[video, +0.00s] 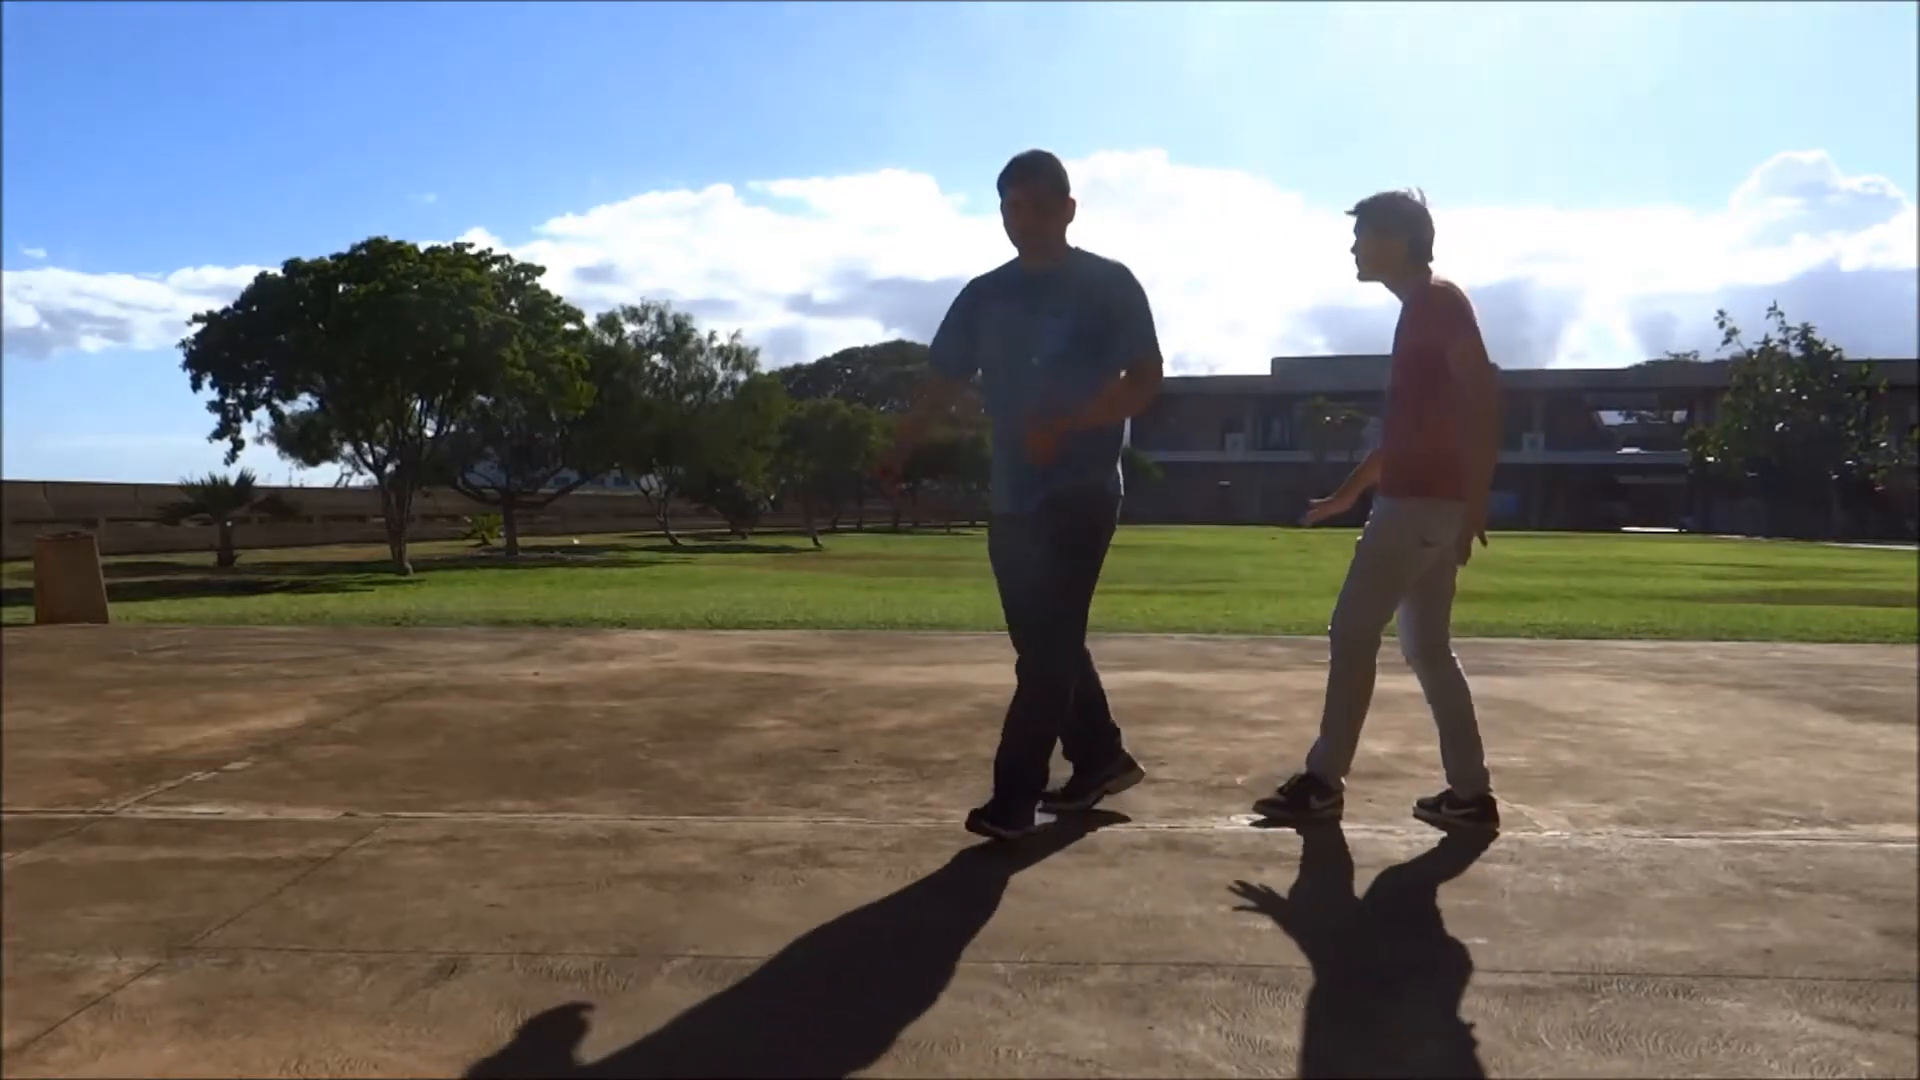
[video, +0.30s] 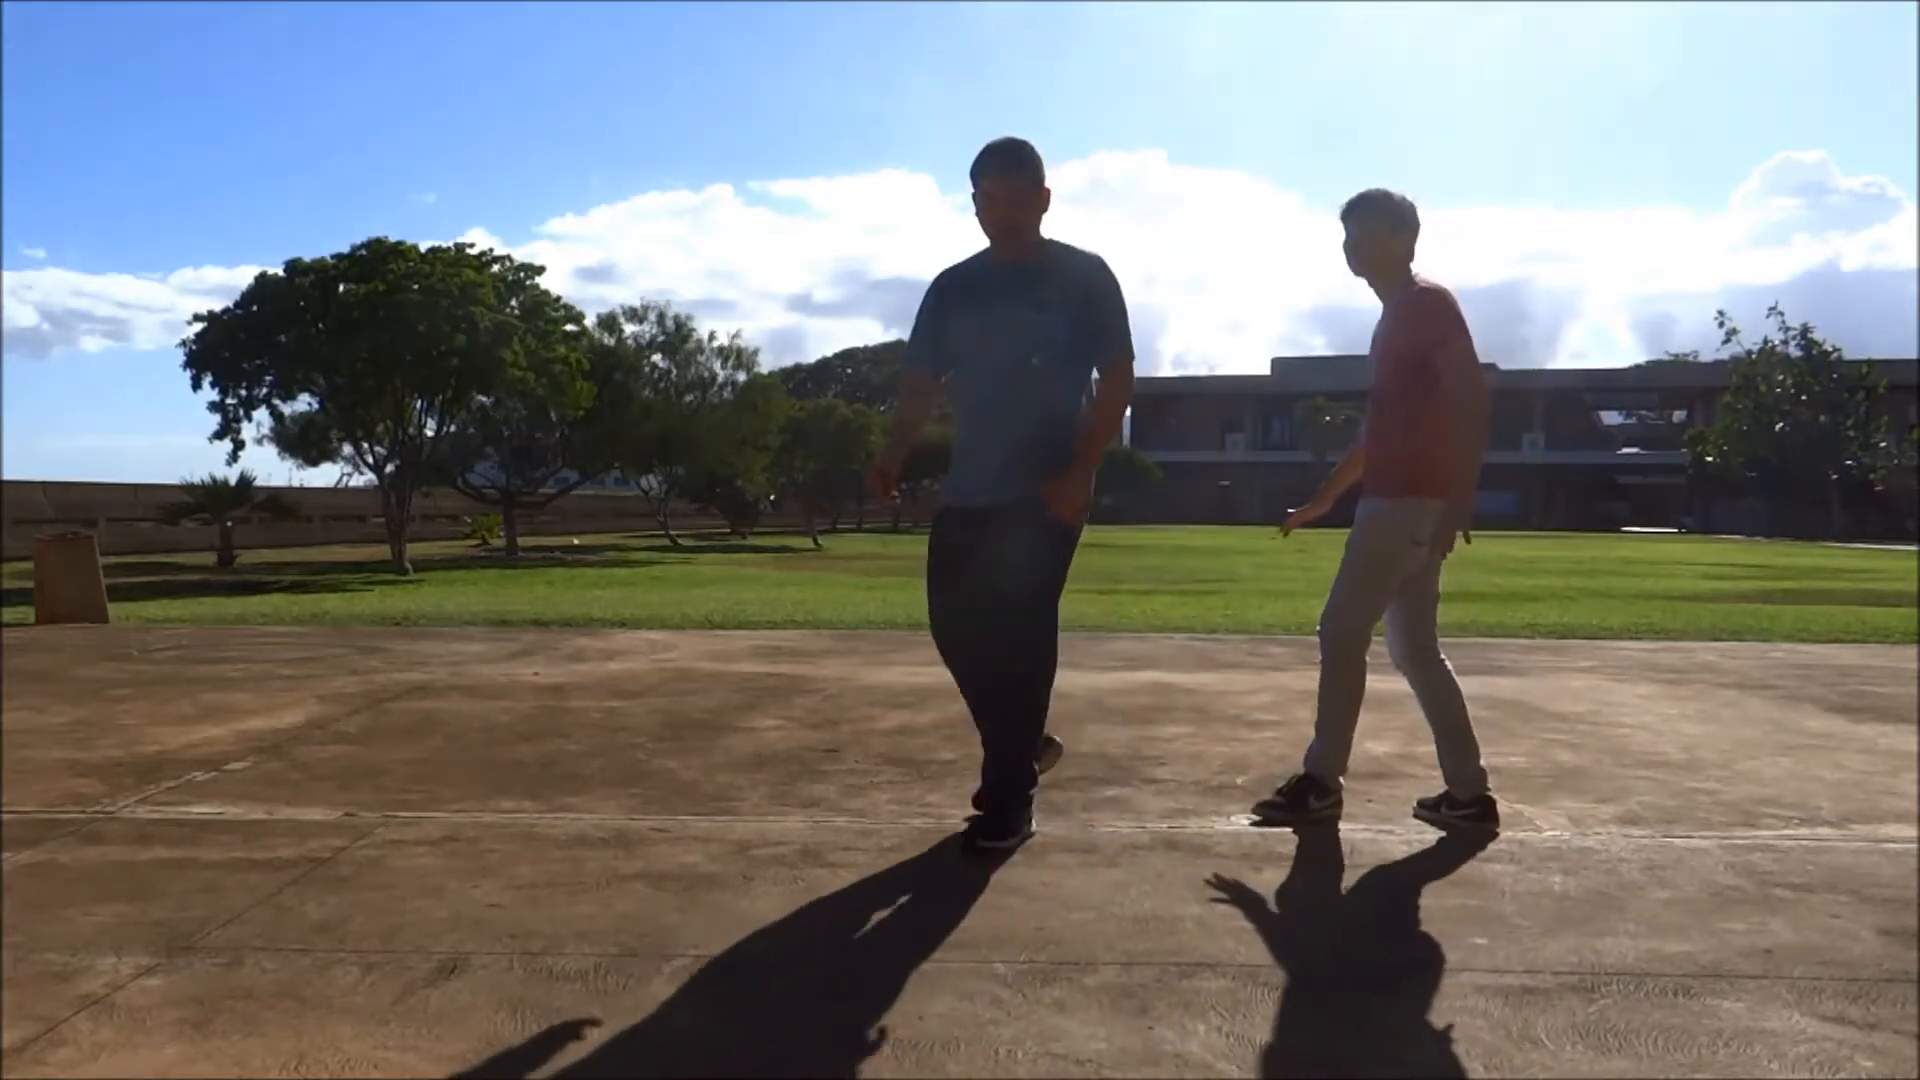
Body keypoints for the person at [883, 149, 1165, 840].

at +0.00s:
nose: (1017, 214)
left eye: (1031, 200)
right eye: (1008, 203)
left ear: (1066, 205)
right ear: (1000, 210)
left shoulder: (1111, 284)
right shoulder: (984, 295)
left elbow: (1145, 379)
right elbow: (937, 384)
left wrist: (1078, 421)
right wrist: (898, 450)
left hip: (1083, 492)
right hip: (1012, 496)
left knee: (1049, 637)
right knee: (1041, 635)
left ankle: (1015, 800)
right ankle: (1101, 756)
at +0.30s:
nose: (994, 206)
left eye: (1009, 192)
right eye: (983, 194)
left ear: (1042, 194)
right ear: (972, 200)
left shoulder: (1086, 277)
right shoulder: (952, 286)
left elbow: (1117, 378)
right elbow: (919, 383)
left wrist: (1081, 472)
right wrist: (896, 452)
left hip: (1045, 490)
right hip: (967, 492)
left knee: (1020, 634)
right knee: (954, 626)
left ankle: (1005, 803)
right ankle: (1024, 740)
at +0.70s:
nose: (947, 212)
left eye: (962, 196)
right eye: (935, 198)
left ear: (993, 192)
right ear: (920, 198)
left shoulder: (1040, 275)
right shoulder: (900, 287)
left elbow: (1078, 384)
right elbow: (881, 398)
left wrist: (1067, 485)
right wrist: (862, 494)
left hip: (1004, 503)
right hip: (917, 502)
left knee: (1000, 659)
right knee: (882, 649)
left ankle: (1005, 805)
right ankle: (839, 799)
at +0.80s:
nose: (921, 205)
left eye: (937, 189)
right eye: (911, 192)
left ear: (975, 190)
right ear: (901, 198)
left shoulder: (1025, 277)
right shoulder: (880, 286)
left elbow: (1053, 388)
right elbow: (863, 400)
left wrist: (1044, 484)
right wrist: (845, 494)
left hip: (989, 505)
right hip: (899, 506)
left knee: (994, 664)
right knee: (872, 662)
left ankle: (1005, 805)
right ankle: (839, 813)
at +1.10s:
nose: (871, 200)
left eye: (885, 184)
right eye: (856, 185)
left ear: (916, 182)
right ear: (841, 187)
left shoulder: (961, 267)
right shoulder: (811, 274)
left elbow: (988, 384)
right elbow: (781, 390)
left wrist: (954, 483)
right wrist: (765, 492)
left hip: (929, 505)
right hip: (832, 512)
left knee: (952, 666)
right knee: (828, 676)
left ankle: (992, 796)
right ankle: (832, 821)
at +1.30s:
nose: (838, 188)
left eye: (853, 172)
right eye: (825, 175)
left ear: (886, 173)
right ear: (810, 180)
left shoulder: (934, 262)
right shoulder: (779, 270)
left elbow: (959, 375)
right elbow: (742, 382)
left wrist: (924, 477)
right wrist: (719, 479)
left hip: (912, 498)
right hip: (814, 504)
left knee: (920, 659)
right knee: (816, 667)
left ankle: (950, 804)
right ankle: (831, 818)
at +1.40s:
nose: (832, 182)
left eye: (846, 167)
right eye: (818, 170)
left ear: (878, 170)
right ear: (801, 177)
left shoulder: (926, 262)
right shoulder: (768, 270)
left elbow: (954, 377)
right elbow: (732, 384)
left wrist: (925, 476)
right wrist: (711, 477)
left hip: (904, 502)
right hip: (807, 509)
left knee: (913, 672)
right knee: (815, 676)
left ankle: (931, 826)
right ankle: (831, 819)